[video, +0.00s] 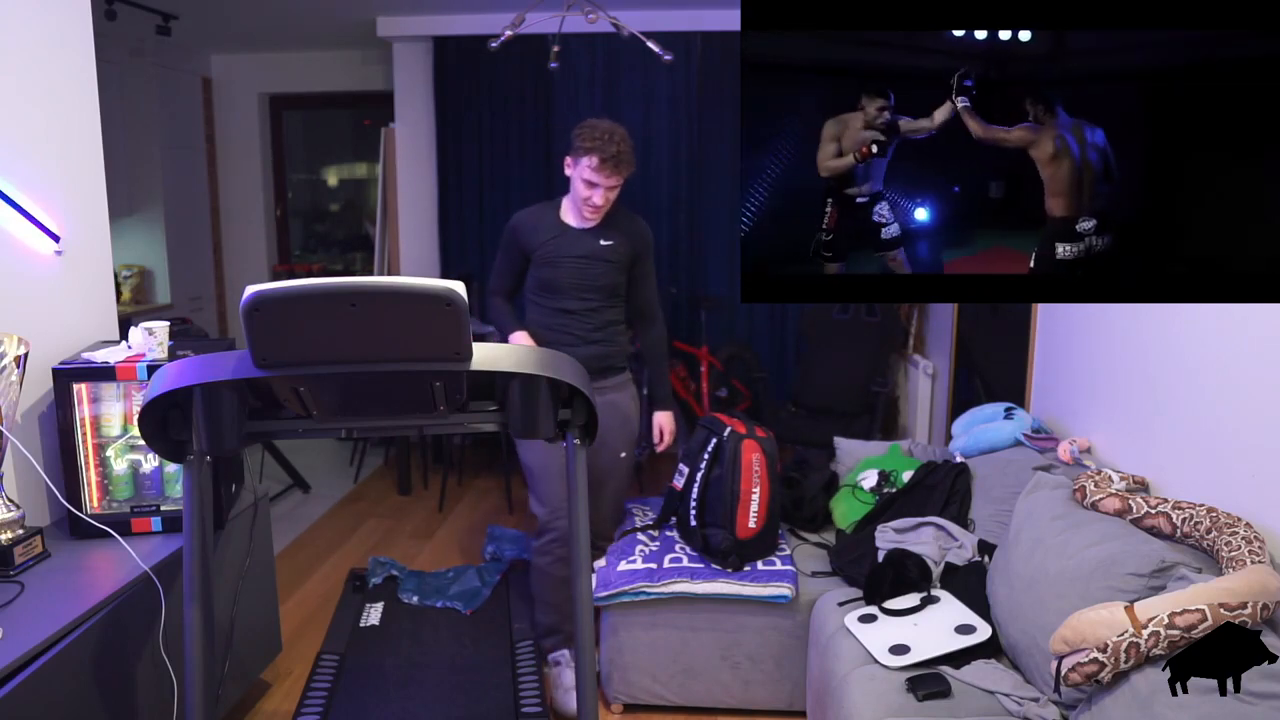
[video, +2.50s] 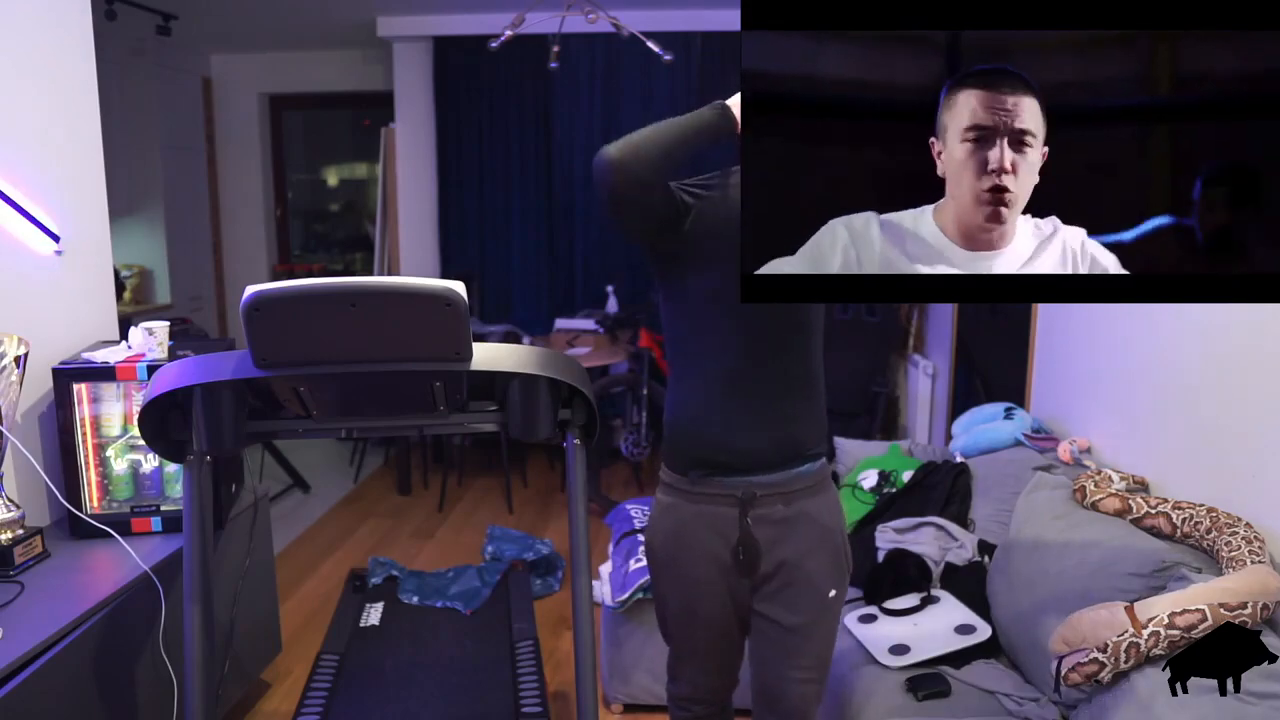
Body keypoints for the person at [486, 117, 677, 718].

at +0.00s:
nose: (599, 198)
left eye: (611, 187)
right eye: (591, 184)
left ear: (624, 183)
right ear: (569, 169)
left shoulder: (632, 234)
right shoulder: (528, 227)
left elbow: (649, 319)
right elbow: (498, 295)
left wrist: (662, 400)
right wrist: (514, 331)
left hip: (614, 396)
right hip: (543, 395)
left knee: (600, 530)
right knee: (560, 526)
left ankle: (586, 641)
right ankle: (558, 652)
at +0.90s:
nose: (626, 207)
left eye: (636, 194)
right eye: (613, 195)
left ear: (646, 179)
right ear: (579, 175)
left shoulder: (654, 228)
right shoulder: (537, 240)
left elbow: (671, 307)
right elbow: (502, 335)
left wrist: (687, 356)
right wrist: (559, 366)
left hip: (651, 427)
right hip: (570, 435)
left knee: (668, 568)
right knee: (564, 576)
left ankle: (623, 677)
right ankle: (565, 694)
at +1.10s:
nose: (642, 215)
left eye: (659, 206)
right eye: (634, 199)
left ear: (679, 189)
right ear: (617, 169)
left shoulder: (691, 233)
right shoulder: (568, 241)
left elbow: (713, 325)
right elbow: (529, 333)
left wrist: (699, 312)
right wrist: (577, 360)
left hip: (677, 439)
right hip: (593, 444)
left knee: (706, 591)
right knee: (580, 593)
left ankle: (733, 714)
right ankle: (574, 703)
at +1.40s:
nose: (730, 213)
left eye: (741, 200)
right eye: (719, 196)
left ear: (758, 184)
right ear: (694, 170)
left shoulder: (764, 235)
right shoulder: (637, 233)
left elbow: (811, 335)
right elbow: (595, 335)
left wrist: (788, 321)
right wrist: (662, 308)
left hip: (742, 443)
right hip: (653, 448)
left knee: (751, 609)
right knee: (669, 604)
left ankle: (743, 715)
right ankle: (593, 686)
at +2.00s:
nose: (736, 197)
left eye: (751, 182)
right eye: (725, 180)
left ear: (777, 180)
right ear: (706, 174)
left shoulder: (792, 230)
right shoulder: (667, 233)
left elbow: (865, 326)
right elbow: (654, 356)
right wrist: (720, 265)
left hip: (788, 477)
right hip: (693, 477)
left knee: (765, 669)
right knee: (701, 666)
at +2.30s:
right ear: (730, 141)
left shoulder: (794, 210)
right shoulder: (669, 212)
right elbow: (634, 270)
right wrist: (722, 161)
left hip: (794, 480)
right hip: (691, 490)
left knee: (805, 680)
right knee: (701, 689)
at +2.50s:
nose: (774, 133)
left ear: (810, 132)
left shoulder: (820, 210)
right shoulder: (681, 212)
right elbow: (617, 164)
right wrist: (728, 114)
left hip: (803, 504)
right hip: (693, 508)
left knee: (792, 704)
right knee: (697, 702)